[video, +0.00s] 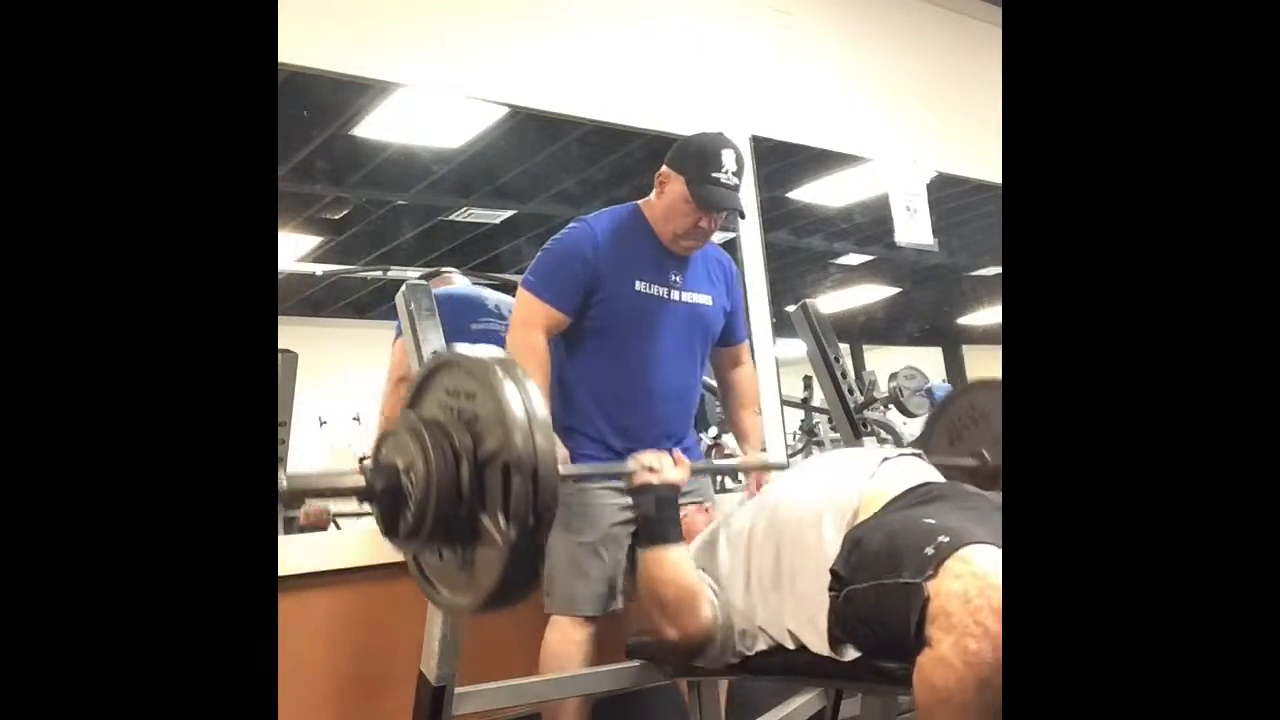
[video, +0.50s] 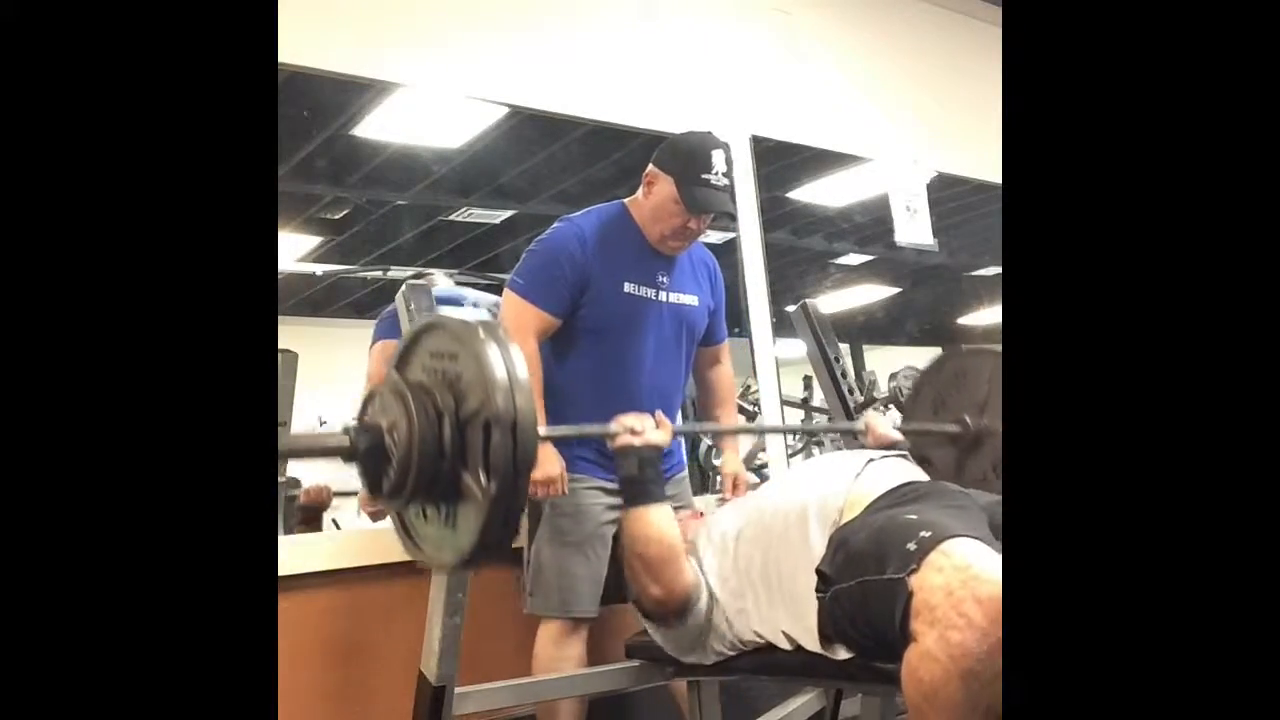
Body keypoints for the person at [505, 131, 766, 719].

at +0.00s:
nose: (710, 223)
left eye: (722, 213)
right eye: (701, 205)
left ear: (731, 210)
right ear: (664, 183)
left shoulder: (721, 271)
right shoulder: (589, 243)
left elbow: (736, 366)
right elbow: (527, 332)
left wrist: (752, 451)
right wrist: (538, 437)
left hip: (679, 471)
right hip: (591, 468)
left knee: (694, 622)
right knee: (575, 618)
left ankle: (701, 719)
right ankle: (561, 718)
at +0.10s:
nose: (709, 222)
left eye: (720, 213)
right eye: (700, 205)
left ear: (730, 212)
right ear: (662, 183)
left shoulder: (721, 270)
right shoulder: (588, 244)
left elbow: (738, 365)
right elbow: (525, 333)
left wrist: (759, 452)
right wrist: (542, 439)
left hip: (681, 473)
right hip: (593, 469)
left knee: (699, 618)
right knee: (577, 617)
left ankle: (711, 719)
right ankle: (564, 717)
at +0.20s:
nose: (706, 223)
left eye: (718, 213)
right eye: (697, 205)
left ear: (728, 212)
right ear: (659, 183)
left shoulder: (715, 269)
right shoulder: (585, 244)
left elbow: (734, 364)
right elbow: (523, 332)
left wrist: (758, 447)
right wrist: (538, 437)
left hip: (676, 466)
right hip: (589, 465)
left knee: (699, 611)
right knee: (575, 619)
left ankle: (709, 716)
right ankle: (563, 717)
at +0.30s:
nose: (703, 224)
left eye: (714, 213)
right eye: (694, 206)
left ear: (724, 212)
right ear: (655, 183)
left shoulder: (710, 268)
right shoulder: (582, 243)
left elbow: (727, 364)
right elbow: (521, 334)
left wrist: (752, 448)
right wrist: (535, 437)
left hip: (671, 467)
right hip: (586, 466)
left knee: (684, 607)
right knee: (573, 617)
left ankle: (682, 713)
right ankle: (562, 717)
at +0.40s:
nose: (700, 223)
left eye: (711, 213)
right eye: (691, 205)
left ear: (720, 211)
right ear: (653, 182)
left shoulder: (706, 268)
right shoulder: (580, 242)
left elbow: (719, 362)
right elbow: (520, 333)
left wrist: (740, 447)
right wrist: (535, 437)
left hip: (665, 469)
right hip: (582, 465)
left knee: (652, 608)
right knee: (572, 618)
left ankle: (632, 712)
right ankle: (562, 717)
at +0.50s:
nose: (699, 224)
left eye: (709, 215)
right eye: (689, 207)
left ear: (717, 212)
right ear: (651, 182)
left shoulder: (705, 268)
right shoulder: (576, 242)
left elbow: (715, 366)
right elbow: (517, 336)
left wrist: (731, 456)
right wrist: (536, 440)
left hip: (662, 471)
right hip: (580, 469)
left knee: (658, 617)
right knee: (569, 621)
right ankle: (563, 718)